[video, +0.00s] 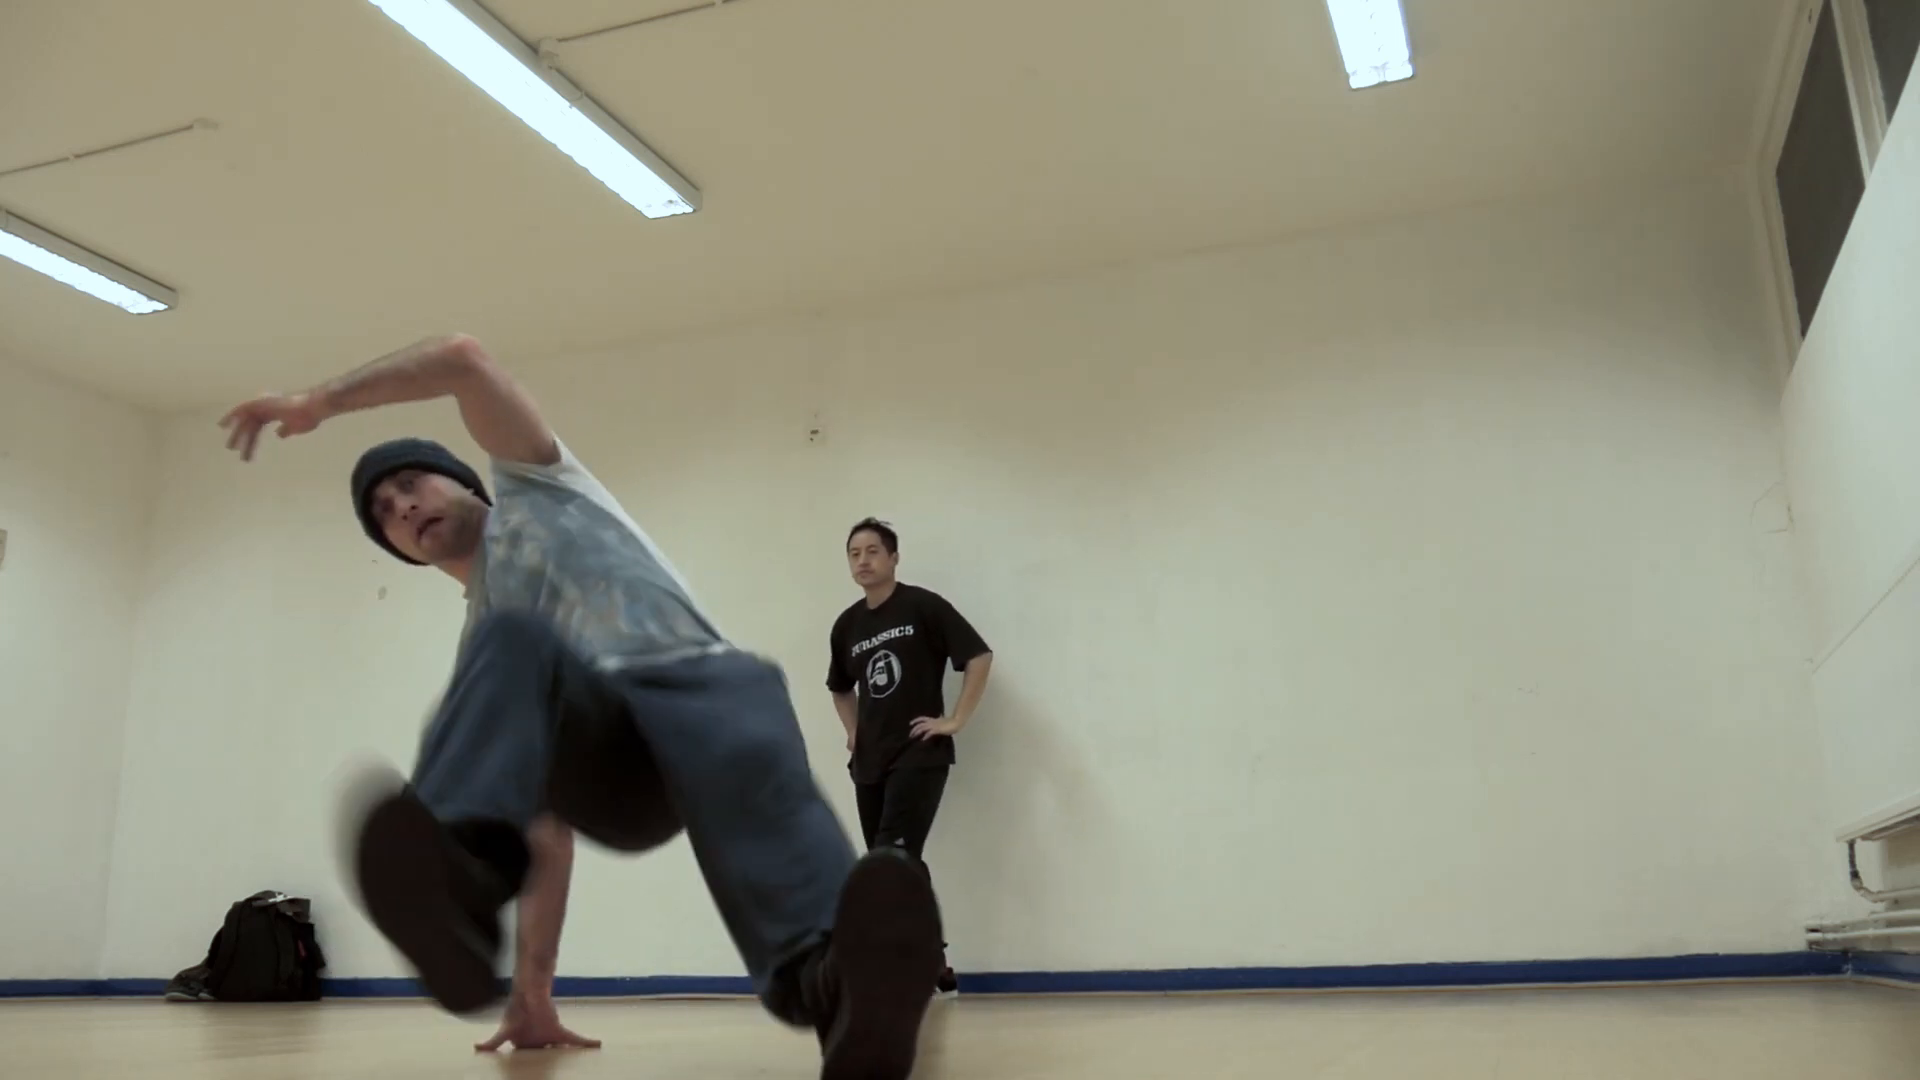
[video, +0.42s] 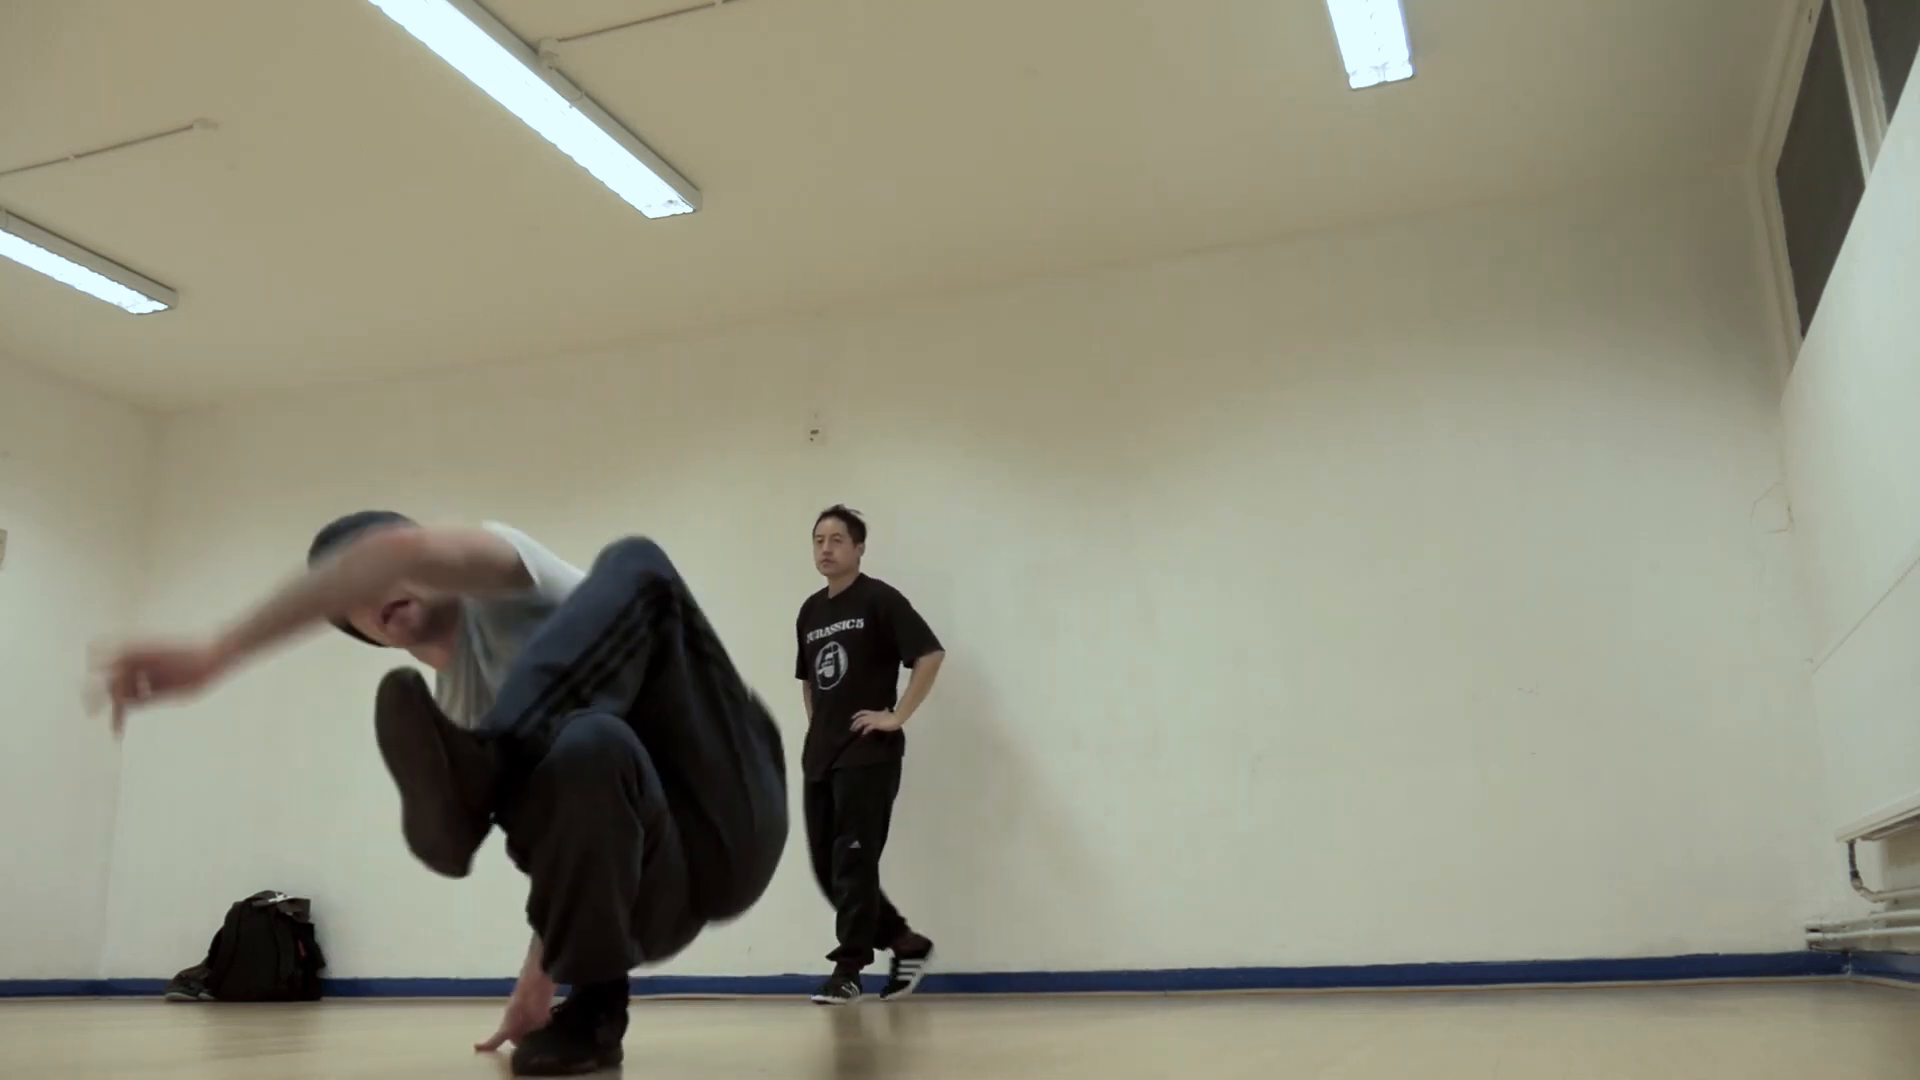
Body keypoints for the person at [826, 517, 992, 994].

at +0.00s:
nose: (863, 560)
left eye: (872, 551)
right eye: (855, 553)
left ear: (893, 557)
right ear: (848, 563)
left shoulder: (924, 606)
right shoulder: (847, 626)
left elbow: (979, 657)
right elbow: (841, 687)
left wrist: (955, 722)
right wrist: (854, 734)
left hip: (920, 750)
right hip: (870, 758)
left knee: (897, 855)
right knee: (884, 861)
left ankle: (923, 966)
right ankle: (930, 964)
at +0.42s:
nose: (826, 548)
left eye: (837, 540)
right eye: (819, 540)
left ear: (858, 548)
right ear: (813, 549)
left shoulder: (880, 599)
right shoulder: (810, 612)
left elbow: (930, 655)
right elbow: (807, 680)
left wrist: (899, 715)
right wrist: (816, 727)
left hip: (869, 746)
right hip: (822, 749)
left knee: (854, 859)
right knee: (828, 867)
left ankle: (847, 972)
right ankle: (907, 946)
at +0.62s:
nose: (803, 544)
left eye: (813, 536)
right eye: (796, 537)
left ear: (835, 542)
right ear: (790, 545)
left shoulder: (856, 592)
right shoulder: (790, 603)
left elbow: (906, 648)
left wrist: (878, 712)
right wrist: (801, 713)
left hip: (847, 744)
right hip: (799, 745)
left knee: (843, 855)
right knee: (771, 851)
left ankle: (845, 972)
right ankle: (829, 940)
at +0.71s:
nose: (790, 544)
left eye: (800, 535)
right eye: (783, 535)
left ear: (823, 542)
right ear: (777, 545)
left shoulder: (845, 591)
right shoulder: (779, 607)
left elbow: (895, 646)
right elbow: (795, 672)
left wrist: (869, 713)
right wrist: (793, 720)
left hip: (840, 746)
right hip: (790, 747)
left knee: (839, 855)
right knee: (756, 849)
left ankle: (846, 973)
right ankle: (784, 961)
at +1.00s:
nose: (735, 542)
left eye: (745, 533)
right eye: (728, 534)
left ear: (767, 540)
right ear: (719, 544)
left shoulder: (793, 588)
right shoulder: (720, 609)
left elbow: (849, 643)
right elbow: (725, 676)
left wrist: (827, 712)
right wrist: (729, 724)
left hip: (794, 753)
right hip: (737, 755)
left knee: (814, 859)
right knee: (721, 860)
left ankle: (841, 969)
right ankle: (708, 973)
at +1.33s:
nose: (679, 537)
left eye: (689, 528)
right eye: (671, 530)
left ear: (710, 536)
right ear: (662, 542)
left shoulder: (747, 582)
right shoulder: (662, 608)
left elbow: (807, 634)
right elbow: (662, 675)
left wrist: (792, 704)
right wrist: (679, 728)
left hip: (754, 743)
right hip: (698, 749)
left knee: (756, 849)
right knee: (699, 849)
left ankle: (781, 950)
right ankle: (706, 969)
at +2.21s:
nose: (741, 545)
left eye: (751, 536)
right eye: (733, 538)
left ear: (770, 545)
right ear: (724, 549)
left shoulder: (806, 596)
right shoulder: (712, 613)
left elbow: (862, 650)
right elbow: (697, 672)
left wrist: (842, 722)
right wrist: (718, 730)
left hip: (804, 747)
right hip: (741, 752)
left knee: (821, 850)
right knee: (735, 854)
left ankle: (842, 962)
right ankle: (723, 973)